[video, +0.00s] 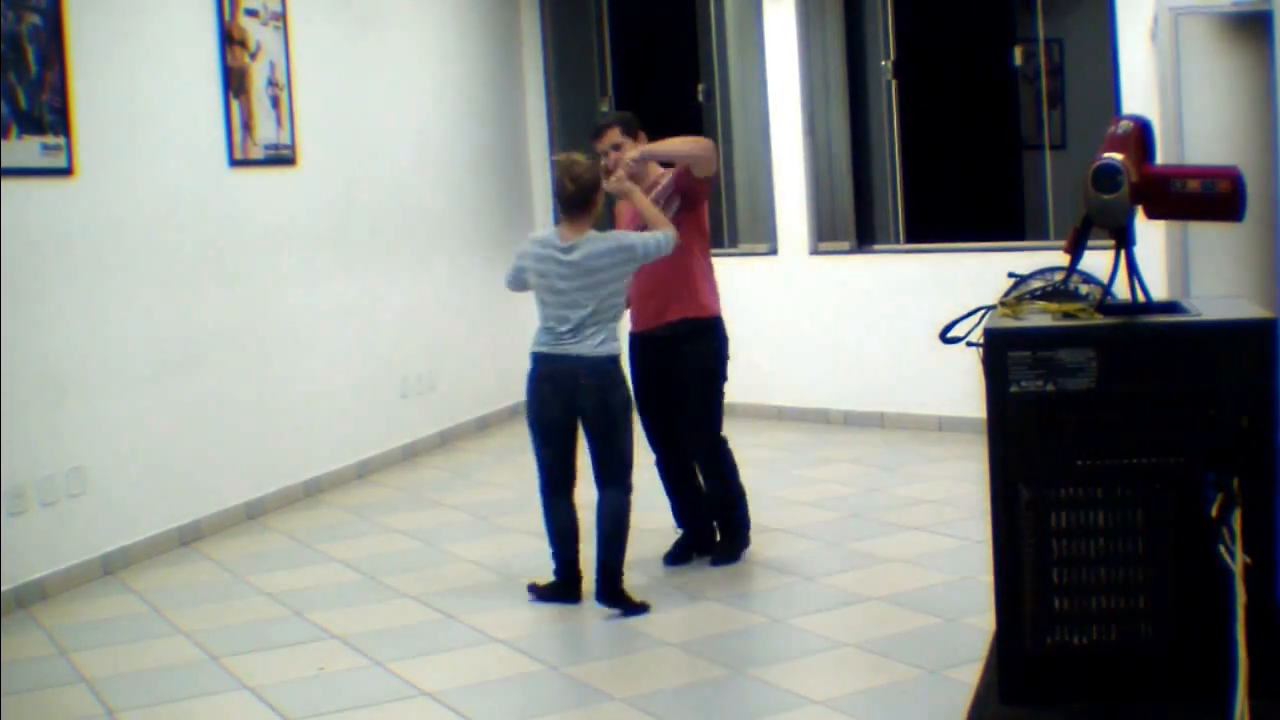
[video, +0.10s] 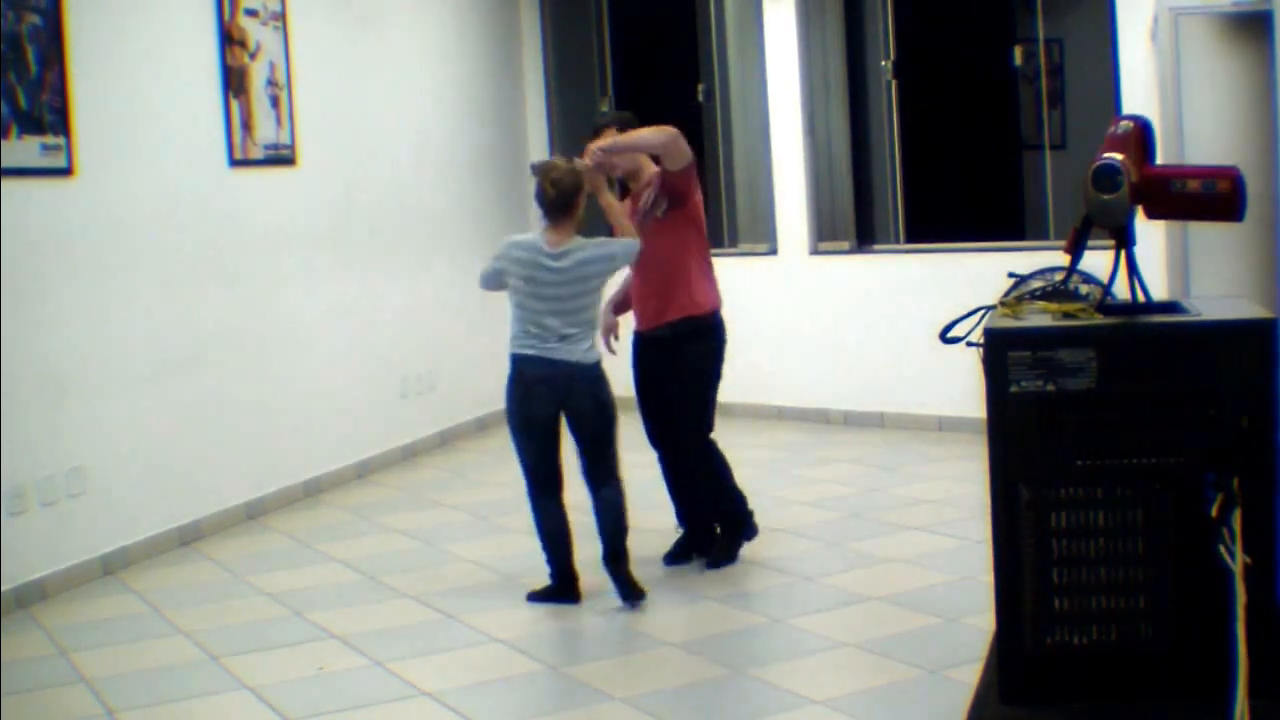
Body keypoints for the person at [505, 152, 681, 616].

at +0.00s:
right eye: (602, 187)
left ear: (556, 200)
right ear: (598, 199)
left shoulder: (538, 250)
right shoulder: (618, 248)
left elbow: (514, 283)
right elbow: (668, 237)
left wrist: (555, 261)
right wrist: (632, 192)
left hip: (549, 374)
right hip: (602, 374)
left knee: (556, 485)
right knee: (614, 483)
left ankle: (566, 581)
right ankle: (610, 587)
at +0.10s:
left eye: (543, 195)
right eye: (580, 196)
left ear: (538, 202)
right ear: (582, 203)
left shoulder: (517, 252)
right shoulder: (595, 255)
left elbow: (488, 282)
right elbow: (631, 242)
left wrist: (529, 270)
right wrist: (604, 192)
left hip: (530, 376)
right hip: (584, 377)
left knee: (543, 487)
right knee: (604, 477)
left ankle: (563, 580)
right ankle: (621, 573)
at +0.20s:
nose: (575, 203)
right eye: (572, 197)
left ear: (524, 206)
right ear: (567, 203)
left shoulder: (507, 253)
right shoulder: (578, 246)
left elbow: (465, 287)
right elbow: (576, 213)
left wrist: (509, 275)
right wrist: (561, 177)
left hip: (523, 378)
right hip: (572, 377)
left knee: (538, 481)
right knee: (559, 468)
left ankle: (562, 580)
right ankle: (593, 555)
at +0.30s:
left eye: (518, 196)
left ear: (515, 207)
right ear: (554, 208)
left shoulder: (506, 261)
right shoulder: (555, 253)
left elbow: (454, 293)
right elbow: (531, 208)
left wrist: (485, 282)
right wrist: (513, 167)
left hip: (521, 375)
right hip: (551, 372)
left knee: (532, 475)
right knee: (502, 465)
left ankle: (563, 577)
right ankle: (539, 554)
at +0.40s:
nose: (493, 203)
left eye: (501, 196)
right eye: (496, 196)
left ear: (515, 204)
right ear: (518, 203)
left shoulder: (535, 257)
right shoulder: (492, 235)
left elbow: (469, 297)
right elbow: (458, 193)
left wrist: (453, 281)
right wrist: (489, 156)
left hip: (525, 371)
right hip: (493, 372)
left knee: (532, 474)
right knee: (483, 471)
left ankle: (565, 570)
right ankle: (503, 559)